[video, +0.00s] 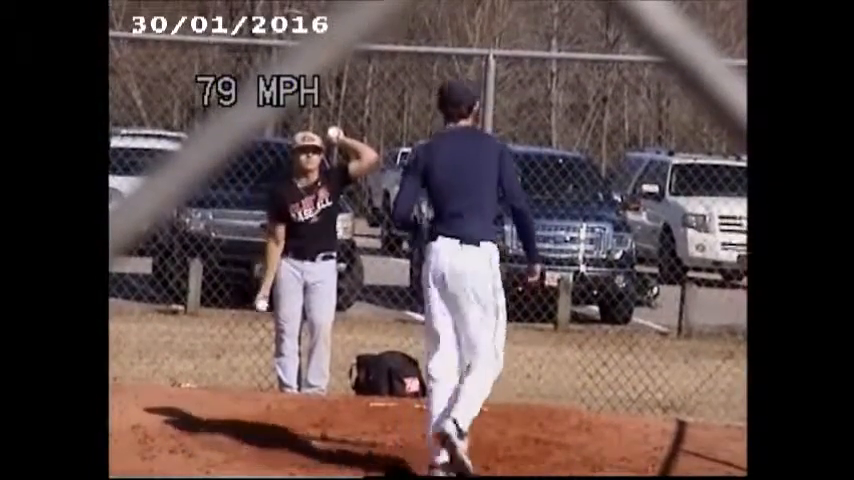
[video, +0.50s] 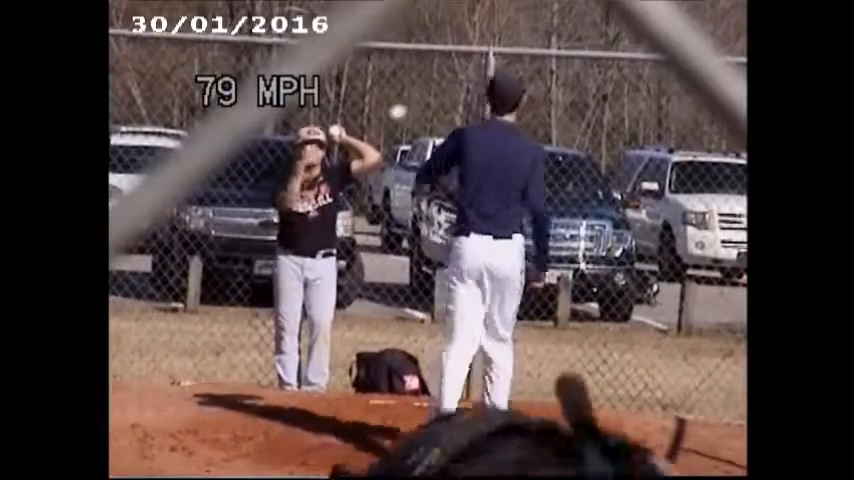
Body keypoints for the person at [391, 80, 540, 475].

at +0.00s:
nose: (478, 113)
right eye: (478, 108)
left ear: (442, 112)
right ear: (475, 111)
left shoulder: (426, 151)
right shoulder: (494, 148)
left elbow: (400, 213)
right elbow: (519, 204)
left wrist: (423, 228)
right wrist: (533, 258)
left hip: (437, 251)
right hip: (477, 255)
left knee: (442, 352)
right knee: (486, 353)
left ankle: (440, 454)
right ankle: (456, 423)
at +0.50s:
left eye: (491, 95)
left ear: (488, 100)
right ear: (521, 103)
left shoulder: (465, 137)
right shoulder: (531, 151)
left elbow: (428, 173)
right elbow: (537, 209)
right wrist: (541, 263)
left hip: (467, 244)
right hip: (508, 249)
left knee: (461, 336)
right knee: (500, 337)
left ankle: (447, 412)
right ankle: (497, 415)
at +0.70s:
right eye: (532, 90)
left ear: (500, 90)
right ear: (533, 94)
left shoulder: (480, 124)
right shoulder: (542, 139)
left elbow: (445, 144)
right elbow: (555, 203)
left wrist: (474, 118)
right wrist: (540, 237)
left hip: (475, 234)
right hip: (515, 238)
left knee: (469, 326)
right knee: (505, 336)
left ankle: (469, 407)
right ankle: (498, 407)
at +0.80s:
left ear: (507, 90)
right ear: (538, 94)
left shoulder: (486, 124)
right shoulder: (547, 140)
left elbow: (453, 140)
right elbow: (554, 197)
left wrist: (480, 119)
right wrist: (530, 202)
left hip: (478, 233)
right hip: (518, 239)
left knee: (476, 315)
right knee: (506, 329)